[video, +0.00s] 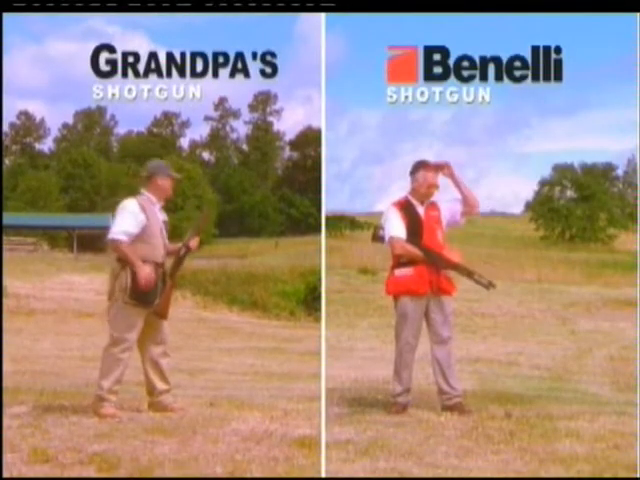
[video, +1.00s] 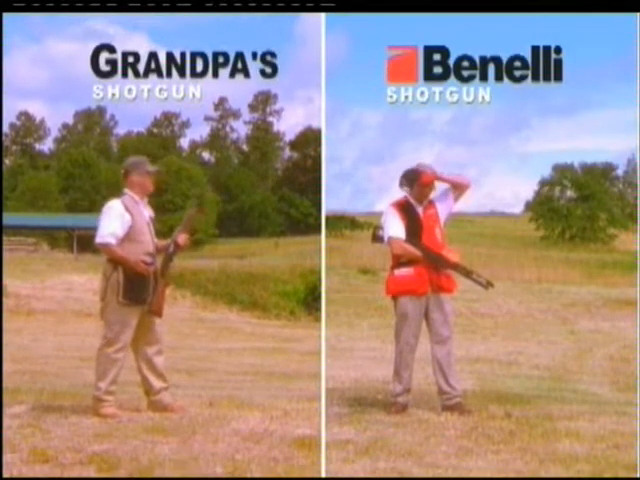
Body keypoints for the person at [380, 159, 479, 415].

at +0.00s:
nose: (431, 190)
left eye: (434, 185)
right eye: (427, 184)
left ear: (436, 185)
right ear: (414, 182)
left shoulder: (439, 209)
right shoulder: (396, 210)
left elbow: (471, 208)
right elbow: (398, 249)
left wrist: (453, 177)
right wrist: (435, 258)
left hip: (437, 281)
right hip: (409, 282)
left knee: (443, 340)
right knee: (406, 342)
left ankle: (451, 397)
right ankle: (400, 396)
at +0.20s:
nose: (435, 191)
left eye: (437, 187)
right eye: (431, 186)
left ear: (436, 186)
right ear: (417, 182)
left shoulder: (438, 208)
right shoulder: (396, 210)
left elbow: (468, 196)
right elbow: (397, 248)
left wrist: (450, 170)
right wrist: (432, 258)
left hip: (437, 278)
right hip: (409, 281)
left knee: (443, 340)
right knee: (406, 342)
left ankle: (451, 396)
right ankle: (400, 395)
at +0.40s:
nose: (434, 187)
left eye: (436, 183)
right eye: (430, 182)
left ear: (436, 184)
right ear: (415, 181)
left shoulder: (438, 209)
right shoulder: (395, 210)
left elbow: (468, 195)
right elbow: (397, 249)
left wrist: (447, 175)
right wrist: (432, 258)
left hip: (437, 279)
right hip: (409, 281)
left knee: (443, 340)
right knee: (406, 342)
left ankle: (451, 397)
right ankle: (401, 395)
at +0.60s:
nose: (431, 194)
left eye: (433, 190)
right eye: (429, 189)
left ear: (434, 189)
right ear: (417, 187)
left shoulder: (437, 209)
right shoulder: (395, 211)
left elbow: (467, 193)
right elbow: (397, 248)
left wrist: (441, 178)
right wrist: (432, 257)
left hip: (437, 281)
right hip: (409, 282)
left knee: (443, 340)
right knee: (406, 342)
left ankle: (450, 397)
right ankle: (401, 396)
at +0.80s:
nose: (430, 194)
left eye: (431, 190)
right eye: (426, 190)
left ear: (432, 189)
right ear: (413, 188)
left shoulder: (437, 208)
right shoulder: (395, 211)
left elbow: (464, 190)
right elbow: (397, 247)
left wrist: (439, 177)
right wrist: (434, 257)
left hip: (437, 281)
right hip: (409, 282)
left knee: (443, 340)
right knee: (406, 342)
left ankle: (450, 397)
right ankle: (400, 396)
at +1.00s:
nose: (428, 191)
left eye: (431, 186)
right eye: (424, 186)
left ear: (432, 187)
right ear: (411, 186)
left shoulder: (437, 207)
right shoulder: (395, 211)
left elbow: (463, 186)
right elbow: (397, 248)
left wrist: (438, 176)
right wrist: (434, 257)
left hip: (437, 281)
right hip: (409, 282)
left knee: (443, 340)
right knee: (406, 342)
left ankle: (450, 397)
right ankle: (400, 396)